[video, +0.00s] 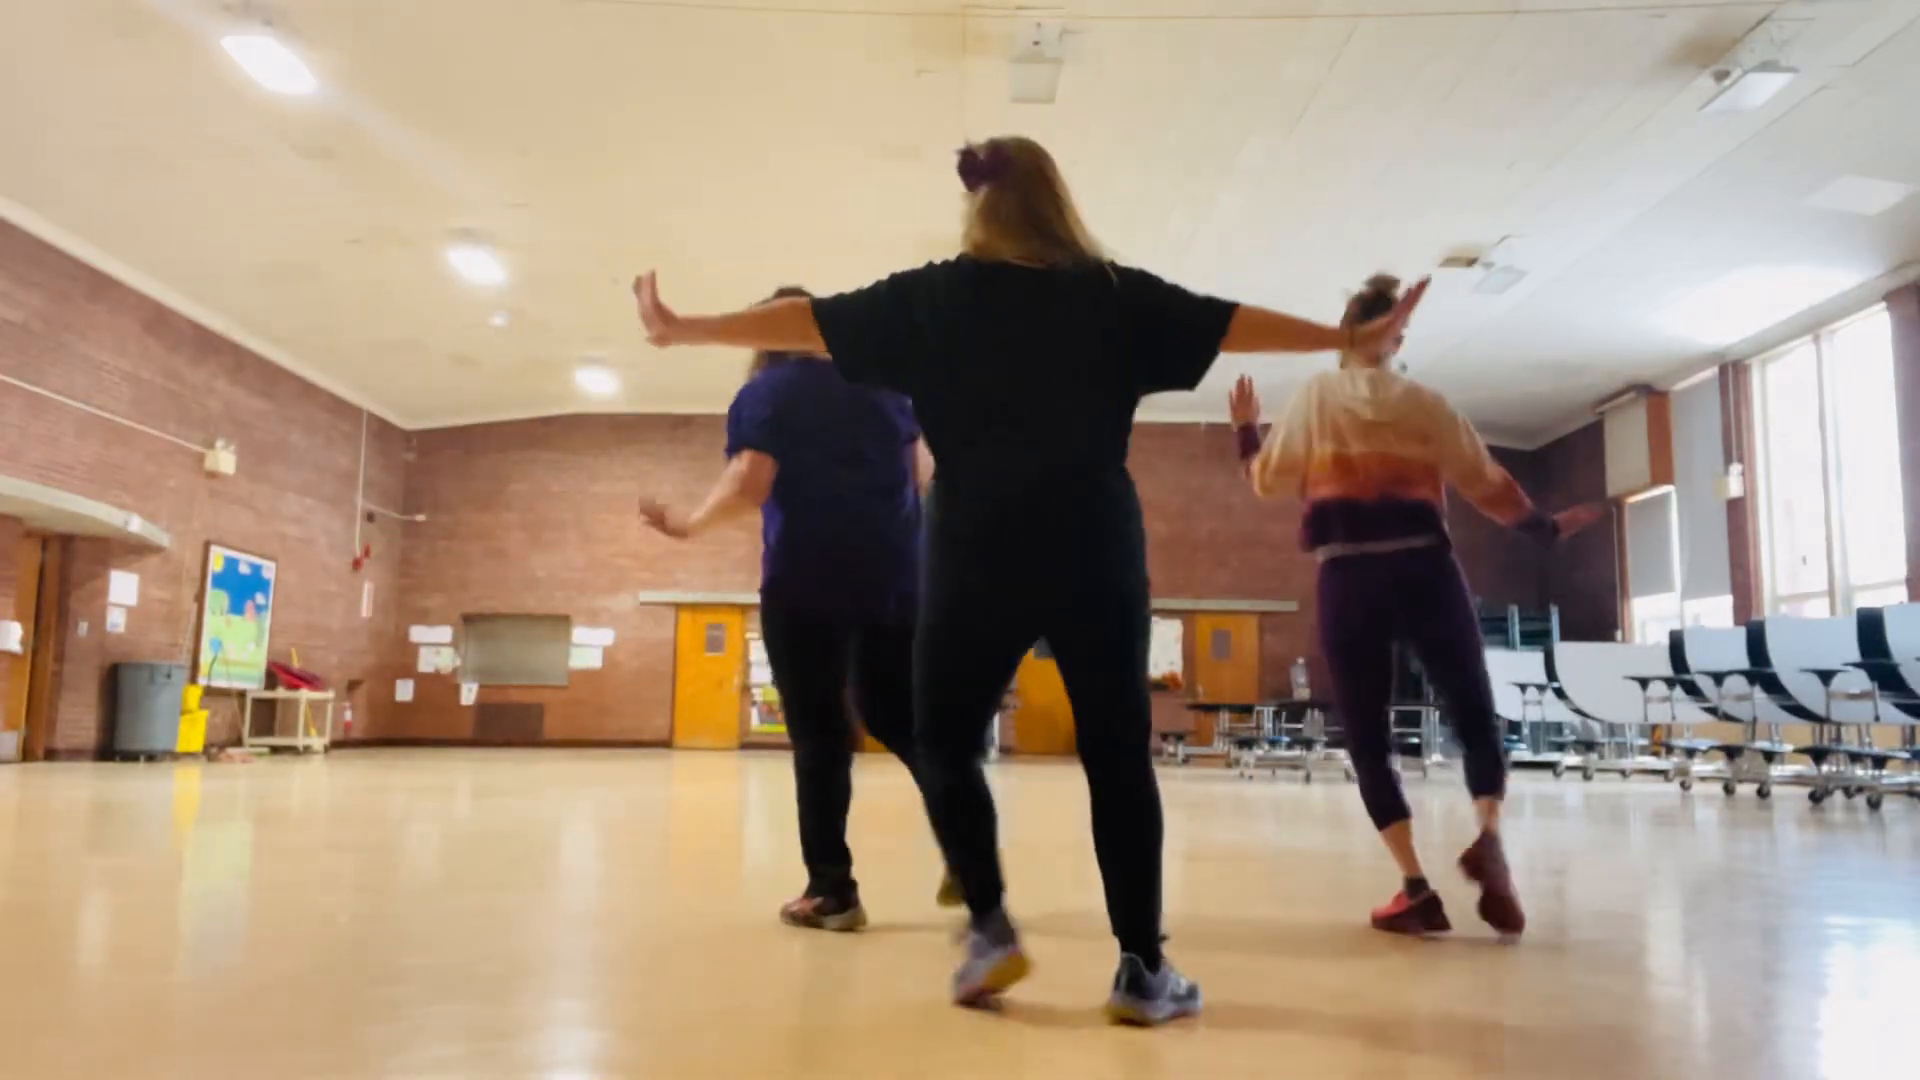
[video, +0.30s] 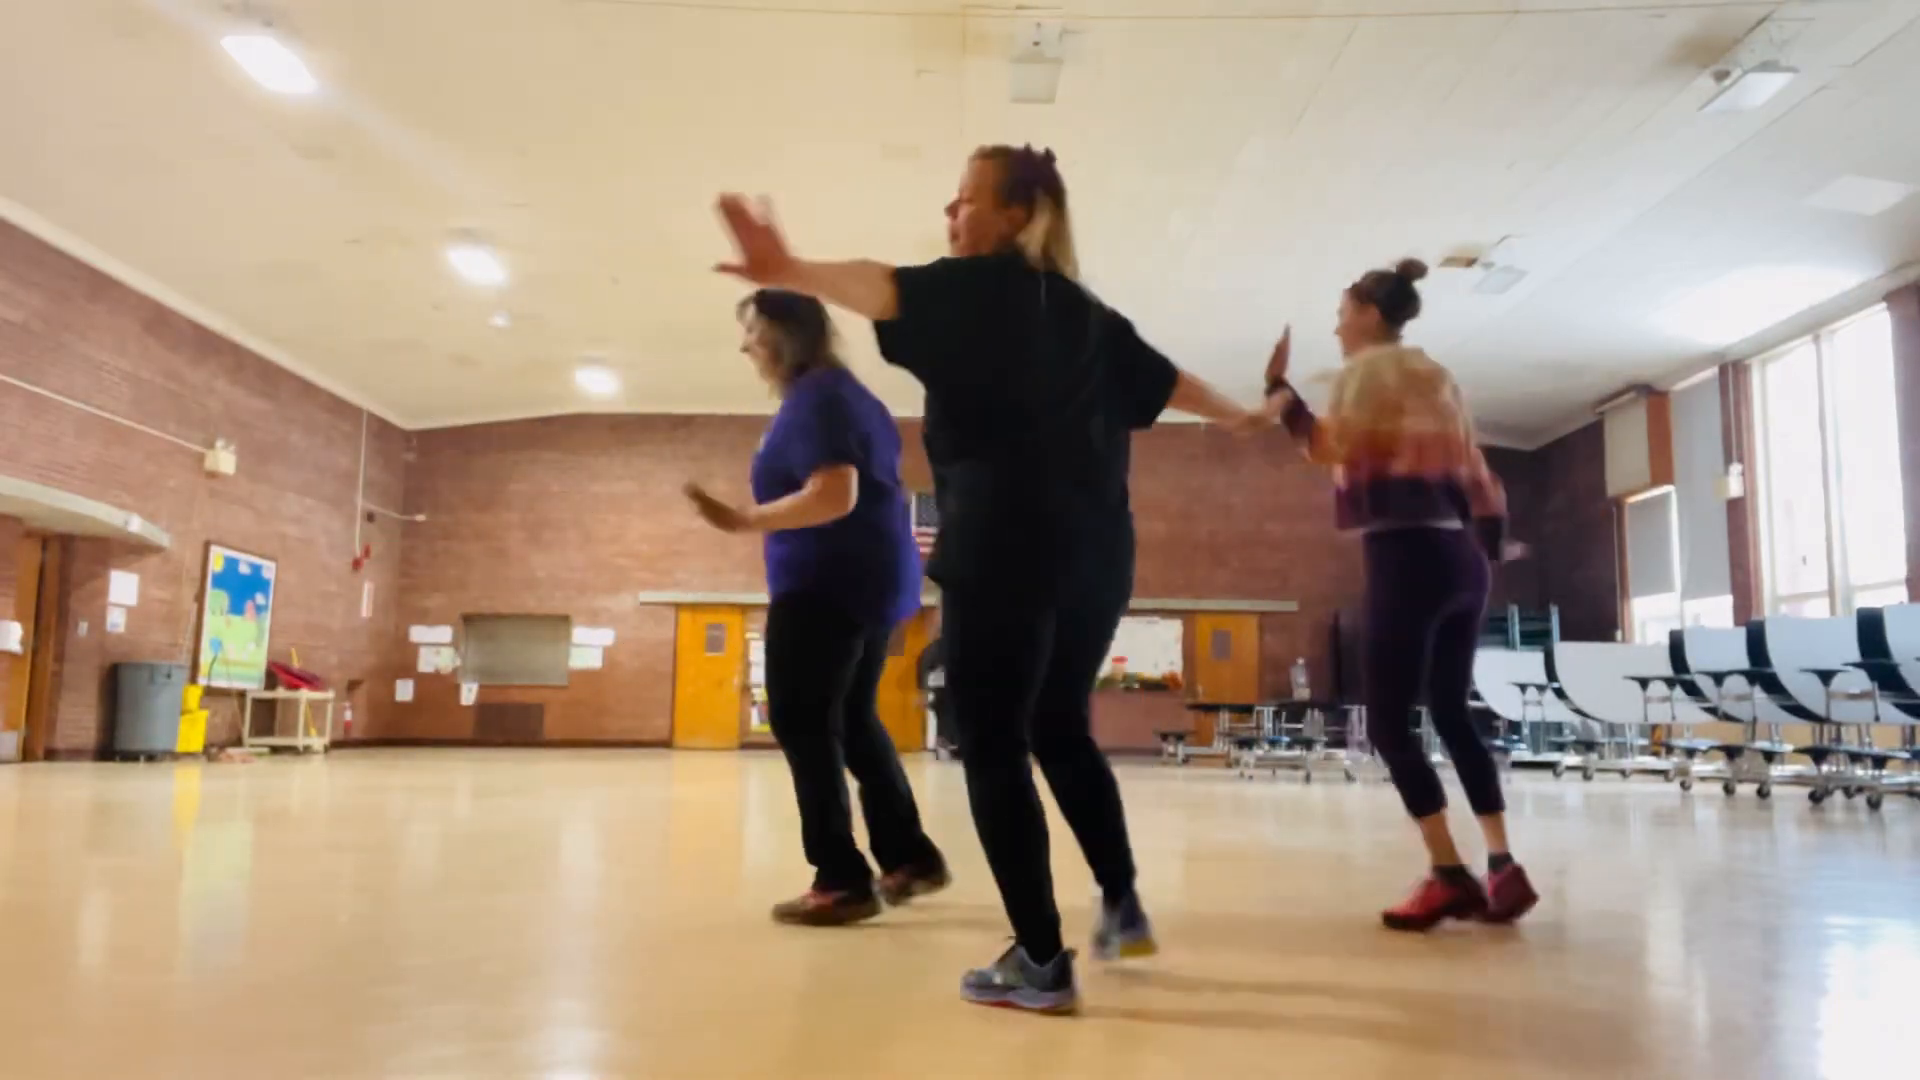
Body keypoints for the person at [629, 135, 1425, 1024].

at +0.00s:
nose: (961, 215)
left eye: (965, 202)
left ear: (975, 211)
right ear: (1060, 203)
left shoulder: (933, 298)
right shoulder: (1112, 296)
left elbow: (800, 321)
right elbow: (1234, 324)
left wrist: (680, 327)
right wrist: (1341, 336)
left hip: (976, 562)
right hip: (1097, 561)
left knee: (945, 744)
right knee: (1120, 757)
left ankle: (991, 929)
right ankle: (1142, 969)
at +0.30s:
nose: (950, 217)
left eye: (964, 205)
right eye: (954, 205)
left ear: (1016, 215)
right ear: (1034, 221)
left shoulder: (966, 290)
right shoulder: (1087, 316)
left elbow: (883, 287)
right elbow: (1175, 384)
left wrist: (790, 271)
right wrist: (1245, 416)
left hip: (1001, 552)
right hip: (1100, 549)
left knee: (993, 749)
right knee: (1062, 728)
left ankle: (1039, 957)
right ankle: (1122, 905)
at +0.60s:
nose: (972, 217)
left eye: (993, 207)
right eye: (965, 203)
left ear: (1028, 224)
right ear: (954, 219)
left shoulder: (1028, 286)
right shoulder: (970, 313)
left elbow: (1057, 282)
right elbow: (962, 447)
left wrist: (1087, 254)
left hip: (1053, 546)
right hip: (1004, 554)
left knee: (976, 732)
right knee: (975, 732)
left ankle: (1043, 940)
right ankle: (1085, 886)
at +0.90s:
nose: (968, 199)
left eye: (987, 190)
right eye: (958, 186)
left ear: (1015, 213)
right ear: (935, 204)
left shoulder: (1046, 297)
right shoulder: (914, 315)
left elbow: (1158, 310)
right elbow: (900, 423)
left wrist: (1285, 312)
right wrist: (847, 442)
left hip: (1024, 555)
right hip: (930, 559)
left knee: (982, 734)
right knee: (909, 734)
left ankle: (1028, 930)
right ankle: (935, 920)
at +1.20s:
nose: (961, 207)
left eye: (978, 198)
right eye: (947, 196)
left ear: (1005, 222)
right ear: (926, 218)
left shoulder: (1046, 325)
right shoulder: (879, 321)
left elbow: (1164, 346)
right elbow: (779, 365)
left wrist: (1284, 358)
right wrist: (677, 397)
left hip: (1024, 569)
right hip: (915, 566)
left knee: (1002, 745)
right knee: (820, 694)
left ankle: (992, 934)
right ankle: (862, 874)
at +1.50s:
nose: (952, 198)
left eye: (967, 186)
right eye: (936, 185)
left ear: (990, 210)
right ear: (909, 210)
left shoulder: (1028, 313)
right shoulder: (858, 309)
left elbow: (1125, 341)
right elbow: (743, 339)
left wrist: (1214, 362)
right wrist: (630, 355)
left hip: (987, 570)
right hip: (873, 564)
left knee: (972, 752)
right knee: (838, 727)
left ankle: (956, 927)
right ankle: (859, 918)